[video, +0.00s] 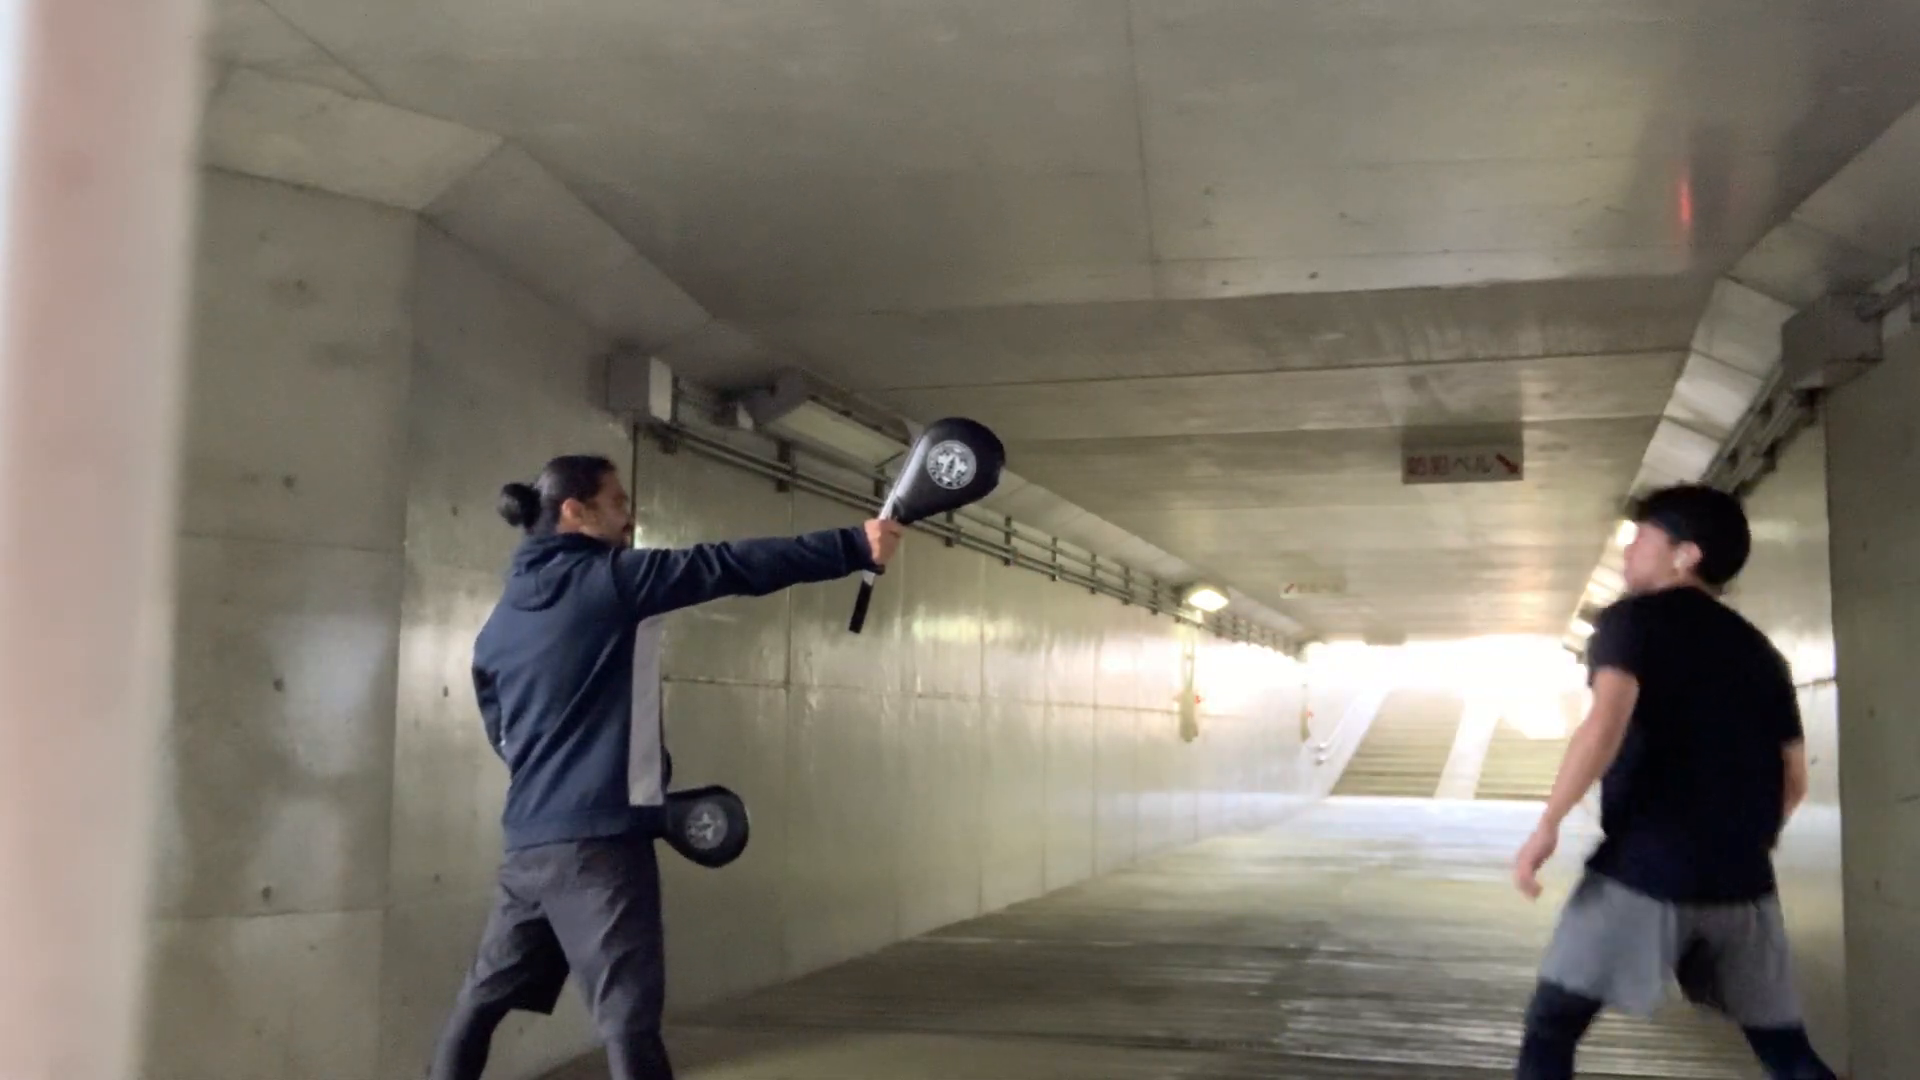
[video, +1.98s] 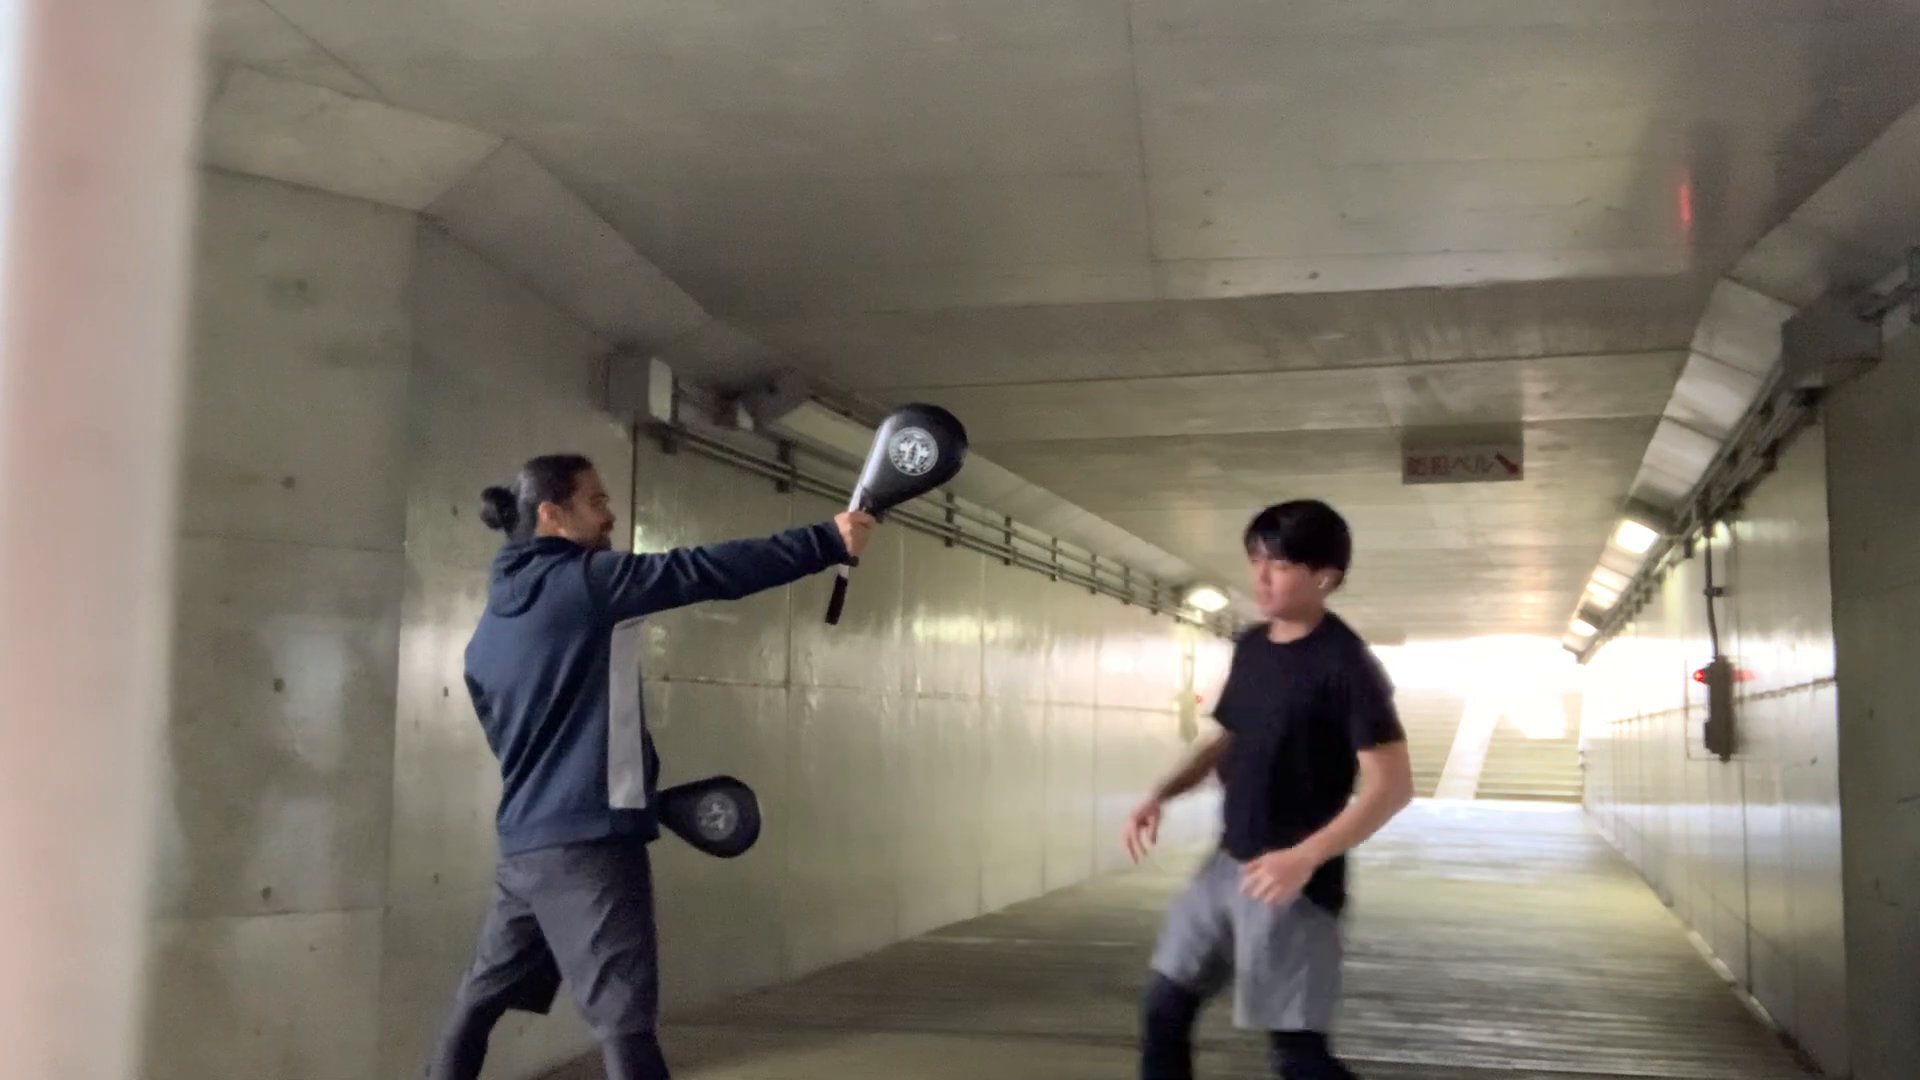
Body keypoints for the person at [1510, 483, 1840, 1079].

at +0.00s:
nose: (1628, 548)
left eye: (1643, 535)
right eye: (1635, 533)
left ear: (1686, 555)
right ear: (1695, 560)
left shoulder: (1632, 619)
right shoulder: (1760, 649)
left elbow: (1610, 717)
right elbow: (1794, 780)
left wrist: (1549, 823)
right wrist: (1741, 844)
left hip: (1642, 874)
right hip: (1743, 879)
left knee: (1549, 1034)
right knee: (1788, 1050)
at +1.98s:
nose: (1261, 576)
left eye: (1280, 564)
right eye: (1257, 561)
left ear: (1326, 578)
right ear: (1251, 564)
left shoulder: (1347, 664)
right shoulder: (1254, 646)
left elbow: (1392, 785)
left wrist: (1304, 857)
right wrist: (1159, 795)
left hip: (1298, 888)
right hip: (1229, 866)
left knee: (1299, 1055)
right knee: (1165, 1007)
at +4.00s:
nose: (1641, 557)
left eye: (1656, 544)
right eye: (1649, 541)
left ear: (1698, 562)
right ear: (1705, 569)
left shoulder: (1643, 625)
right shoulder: (1769, 657)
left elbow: (1620, 725)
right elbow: (1809, 776)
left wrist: (1584, 809)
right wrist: (1746, 824)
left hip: (1653, 873)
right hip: (1751, 879)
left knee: (1581, 1043)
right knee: (1813, 1047)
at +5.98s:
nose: (1331, 551)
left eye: (1342, 538)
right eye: (1336, 537)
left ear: (1377, 552)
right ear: (1402, 558)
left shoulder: (1333, 630)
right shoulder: (1444, 640)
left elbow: (1315, 725)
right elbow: (1497, 766)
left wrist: (1261, 807)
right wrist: (1436, 804)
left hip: (1354, 867)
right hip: (1440, 861)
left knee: (1254, 1006)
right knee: (1531, 988)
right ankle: (1613, 1069)